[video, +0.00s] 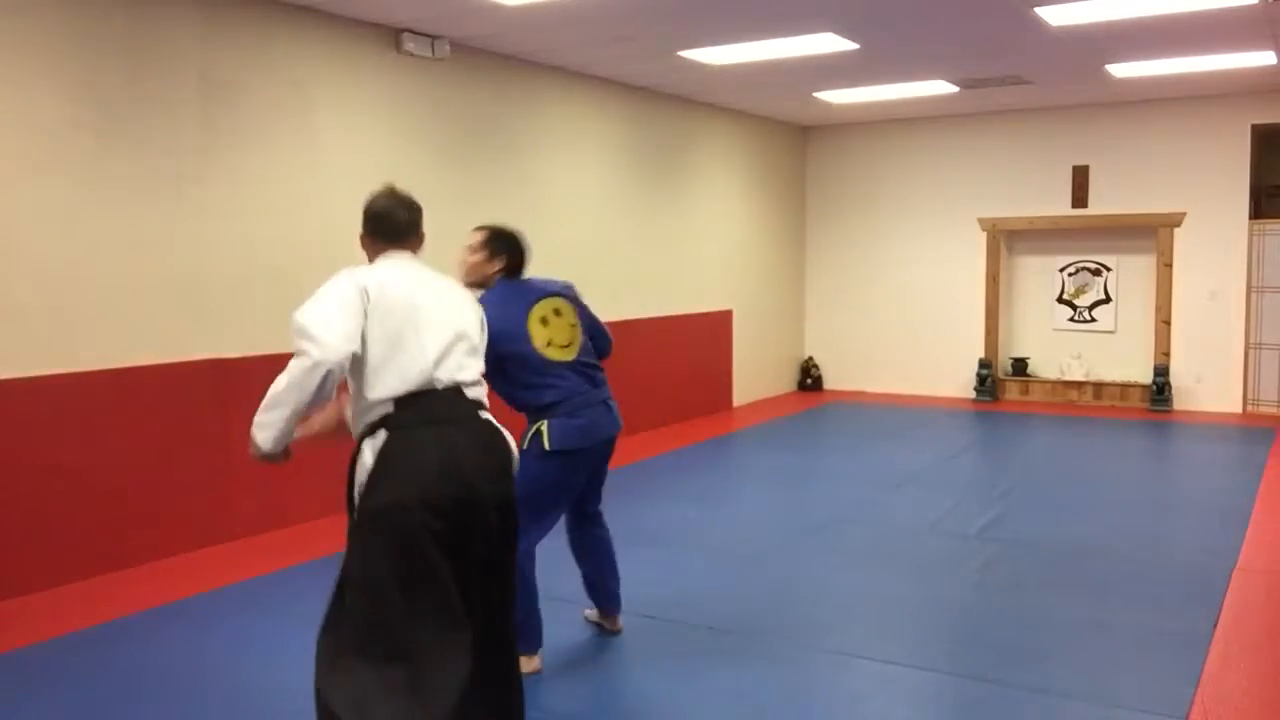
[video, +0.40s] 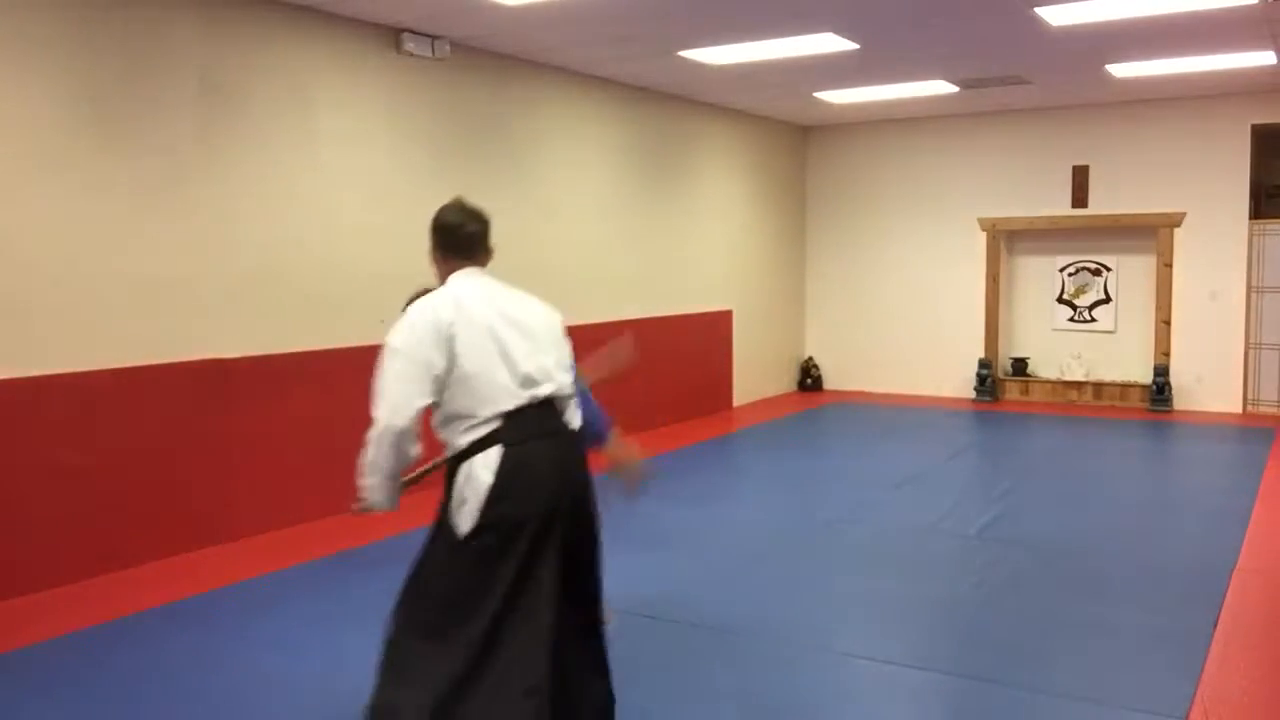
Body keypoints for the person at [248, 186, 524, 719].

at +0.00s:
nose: (363, 243)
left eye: (362, 236)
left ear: (364, 239)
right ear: (421, 237)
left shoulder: (355, 285)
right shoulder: (460, 295)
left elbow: (325, 356)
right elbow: (456, 380)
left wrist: (270, 433)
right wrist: (350, 409)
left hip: (405, 452)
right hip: (484, 449)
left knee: (381, 610)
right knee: (485, 606)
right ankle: (487, 710)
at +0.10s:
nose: (374, 274)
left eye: (373, 267)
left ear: (376, 269)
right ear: (430, 267)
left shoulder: (368, 312)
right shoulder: (464, 320)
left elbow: (316, 383)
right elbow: (480, 410)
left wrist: (258, 455)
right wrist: (385, 474)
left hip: (425, 472)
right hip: (500, 467)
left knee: (368, 630)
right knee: (493, 613)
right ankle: (509, 707)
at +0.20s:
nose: (388, 282)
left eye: (388, 274)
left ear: (389, 278)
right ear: (443, 278)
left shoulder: (384, 325)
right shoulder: (477, 330)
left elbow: (328, 405)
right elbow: (505, 412)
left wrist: (274, 471)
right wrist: (417, 476)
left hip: (447, 480)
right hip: (517, 474)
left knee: (379, 619)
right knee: (501, 617)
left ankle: (367, 705)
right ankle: (505, 706)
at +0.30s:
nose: (409, 276)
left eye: (409, 269)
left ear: (410, 272)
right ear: (463, 270)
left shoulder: (401, 329)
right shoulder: (504, 326)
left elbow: (352, 421)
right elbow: (539, 406)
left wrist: (323, 490)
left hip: (470, 482)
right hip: (537, 471)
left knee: (395, 623)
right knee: (534, 612)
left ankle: (375, 708)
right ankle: (580, 708)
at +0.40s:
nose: (435, 260)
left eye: (433, 252)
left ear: (435, 254)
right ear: (487, 250)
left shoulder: (427, 316)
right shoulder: (535, 308)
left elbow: (395, 419)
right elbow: (569, 396)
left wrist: (377, 489)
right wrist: (610, 441)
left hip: (497, 473)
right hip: (565, 462)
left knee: (433, 613)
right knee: (568, 607)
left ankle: (403, 708)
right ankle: (577, 709)